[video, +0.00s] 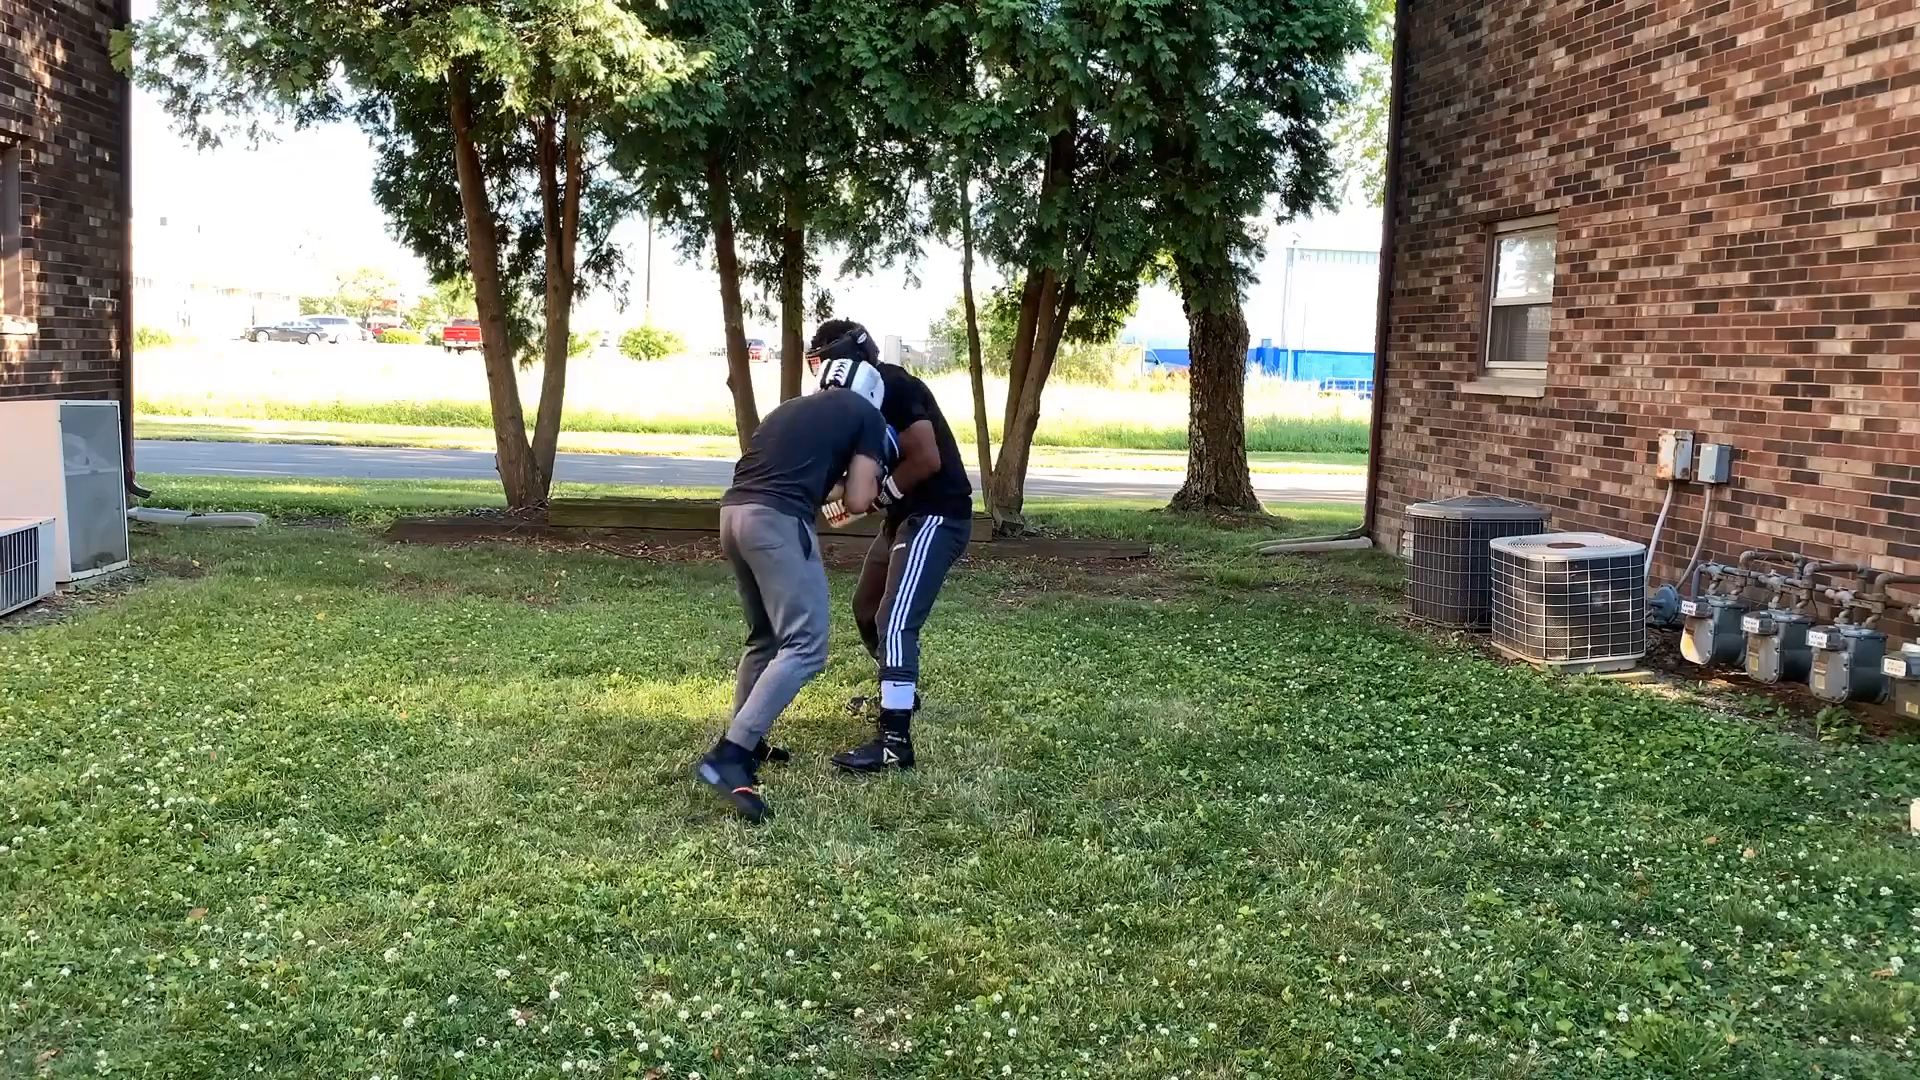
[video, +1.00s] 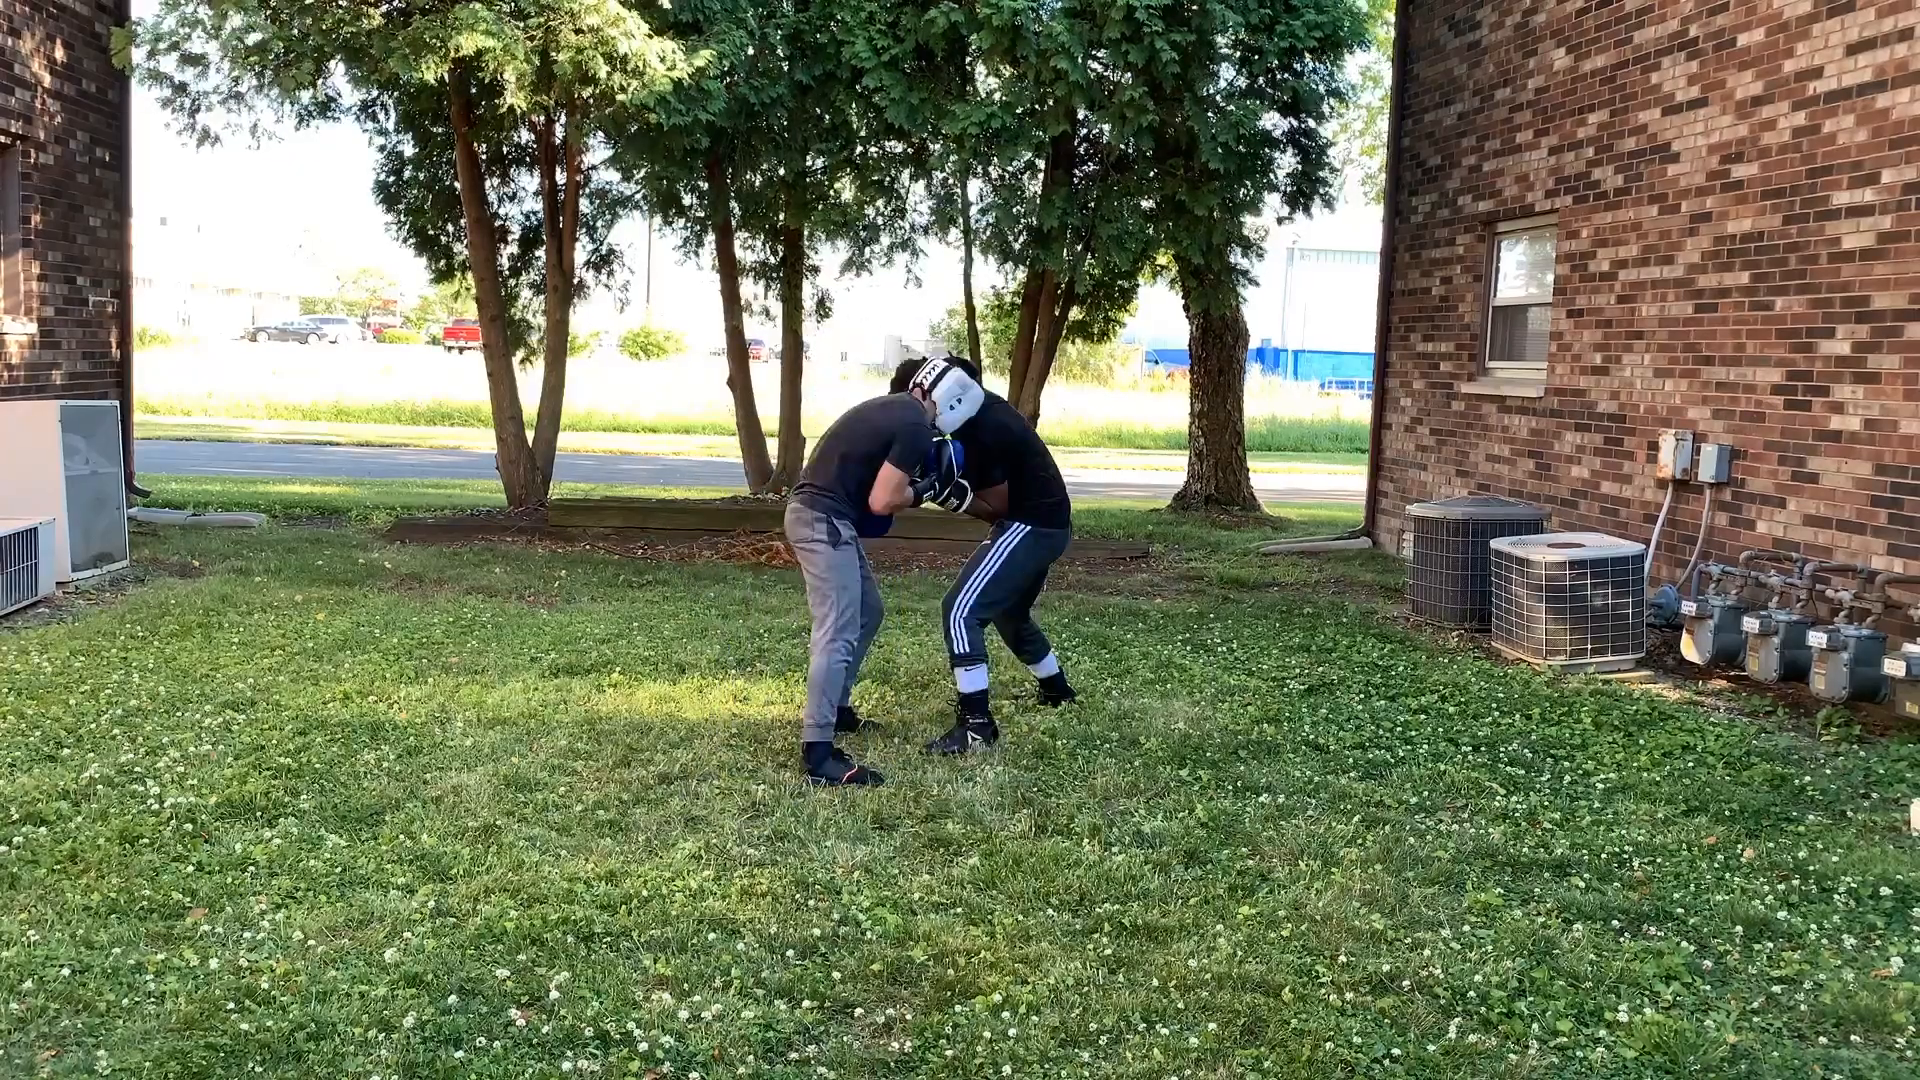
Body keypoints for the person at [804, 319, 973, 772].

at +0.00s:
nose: (818, 377)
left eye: (821, 367)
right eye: (816, 368)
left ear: (846, 361)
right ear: (851, 360)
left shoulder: (896, 385)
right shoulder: (860, 400)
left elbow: (926, 458)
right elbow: (882, 462)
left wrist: (876, 493)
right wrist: (852, 492)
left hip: (934, 515)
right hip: (901, 516)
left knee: (896, 620)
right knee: (867, 611)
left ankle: (895, 741)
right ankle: (901, 690)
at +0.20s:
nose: (822, 386)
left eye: (826, 376)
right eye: (820, 378)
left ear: (851, 363)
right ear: (841, 369)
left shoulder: (909, 377)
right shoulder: (854, 404)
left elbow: (959, 432)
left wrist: (909, 461)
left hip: (945, 505)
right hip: (907, 506)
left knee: (899, 609)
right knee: (876, 606)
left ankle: (908, 734)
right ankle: (898, 706)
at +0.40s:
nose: (888, 363)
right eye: (886, 357)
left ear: (847, 364)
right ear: (878, 355)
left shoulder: (829, 399)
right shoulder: (903, 394)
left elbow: (822, 466)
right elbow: (920, 477)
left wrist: (882, 461)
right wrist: (915, 453)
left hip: (808, 529)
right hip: (854, 528)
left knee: (836, 610)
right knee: (883, 645)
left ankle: (796, 703)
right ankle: (852, 761)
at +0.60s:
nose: (911, 372)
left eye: (913, 364)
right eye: (912, 362)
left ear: (867, 351)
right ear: (898, 355)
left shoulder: (840, 385)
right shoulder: (890, 387)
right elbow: (907, 470)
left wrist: (910, 435)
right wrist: (927, 444)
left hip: (823, 522)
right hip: (855, 525)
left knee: (861, 619)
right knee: (877, 646)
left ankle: (827, 707)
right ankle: (851, 763)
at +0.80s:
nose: (931, 401)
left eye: (937, 393)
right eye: (935, 391)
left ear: (903, 369)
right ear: (922, 377)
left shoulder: (876, 395)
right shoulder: (892, 402)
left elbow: (873, 480)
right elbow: (873, 481)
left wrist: (913, 463)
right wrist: (918, 468)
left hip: (834, 520)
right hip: (826, 522)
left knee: (871, 621)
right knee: (847, 633)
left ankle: (830, 713)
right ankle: (839, 757)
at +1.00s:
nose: (950, 416)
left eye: (955, 407)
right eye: (951, 404)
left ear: (917, 386)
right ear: (931, 391)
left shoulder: (891, 409)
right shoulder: (914, 422)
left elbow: (876, 493)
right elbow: (882, 500)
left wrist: (920, 483)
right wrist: (923, 489)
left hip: (827, 518)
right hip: (821, 520)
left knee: (868, 614)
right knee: (838, 630)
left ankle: (834, 708)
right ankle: (817, 753)